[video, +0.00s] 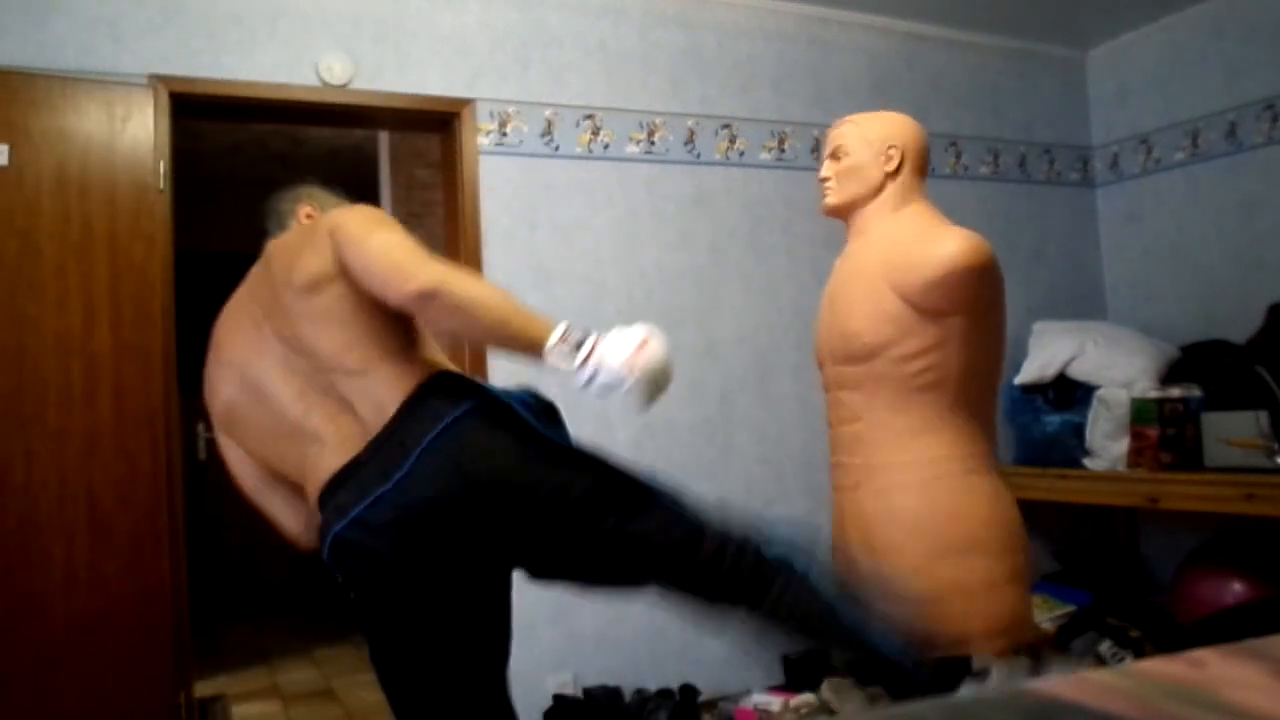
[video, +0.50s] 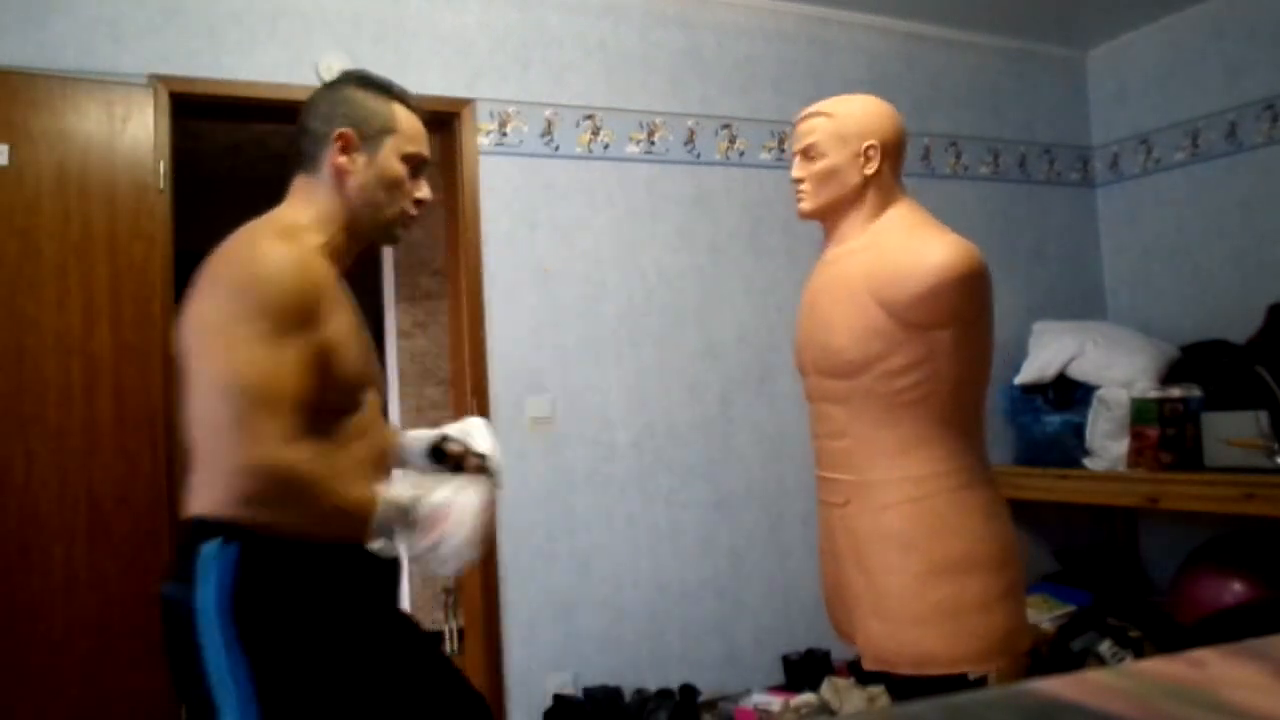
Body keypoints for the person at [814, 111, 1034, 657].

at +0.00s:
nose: (821, 171)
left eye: (837, 156)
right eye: (823, 159)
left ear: (889, 162)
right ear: (886, 164)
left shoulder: (943, 257)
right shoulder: (851, 264)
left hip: (938, 510)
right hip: (865, 513)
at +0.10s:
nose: (809, 164)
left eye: (828, 147)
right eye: (810, 147)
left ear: (886, 159)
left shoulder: (941, 265)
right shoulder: (844, 256)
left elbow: (958, 438)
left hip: (931, 546)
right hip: (866, 541)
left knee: (958, 705)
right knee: (897, 699)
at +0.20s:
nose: (799, 164)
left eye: (818, 148)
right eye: (799, 150)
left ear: (875, 156)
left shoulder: (937, 264)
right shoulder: (825, 268)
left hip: (929, 533)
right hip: (857, 533)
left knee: (949, 700)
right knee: (889, 694)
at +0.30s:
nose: (821, 166)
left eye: (838, 151)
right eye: (823, 153)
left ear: (892, 160)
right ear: (885, 163)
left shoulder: (940, 257)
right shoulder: (851, 261)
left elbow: (961, 263)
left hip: (935, 525)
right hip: (873, 526)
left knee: (951, 705)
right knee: (901, 698)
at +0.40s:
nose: (820, 163)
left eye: (838, 149)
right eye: (821, 150)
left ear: (893, 160)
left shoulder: (945, 263)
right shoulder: (856, 257)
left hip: (935, 537)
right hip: (873, 533)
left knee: (952, 700)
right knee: (898, 693)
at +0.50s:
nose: (794, 171)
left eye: (811, 154)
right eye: (794, 156)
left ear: (868, 160)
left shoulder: (930, 264)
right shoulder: (838, 259)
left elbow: (952, 441)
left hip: (927, 543)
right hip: (865, 539)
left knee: (949, 702)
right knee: (892, 694)